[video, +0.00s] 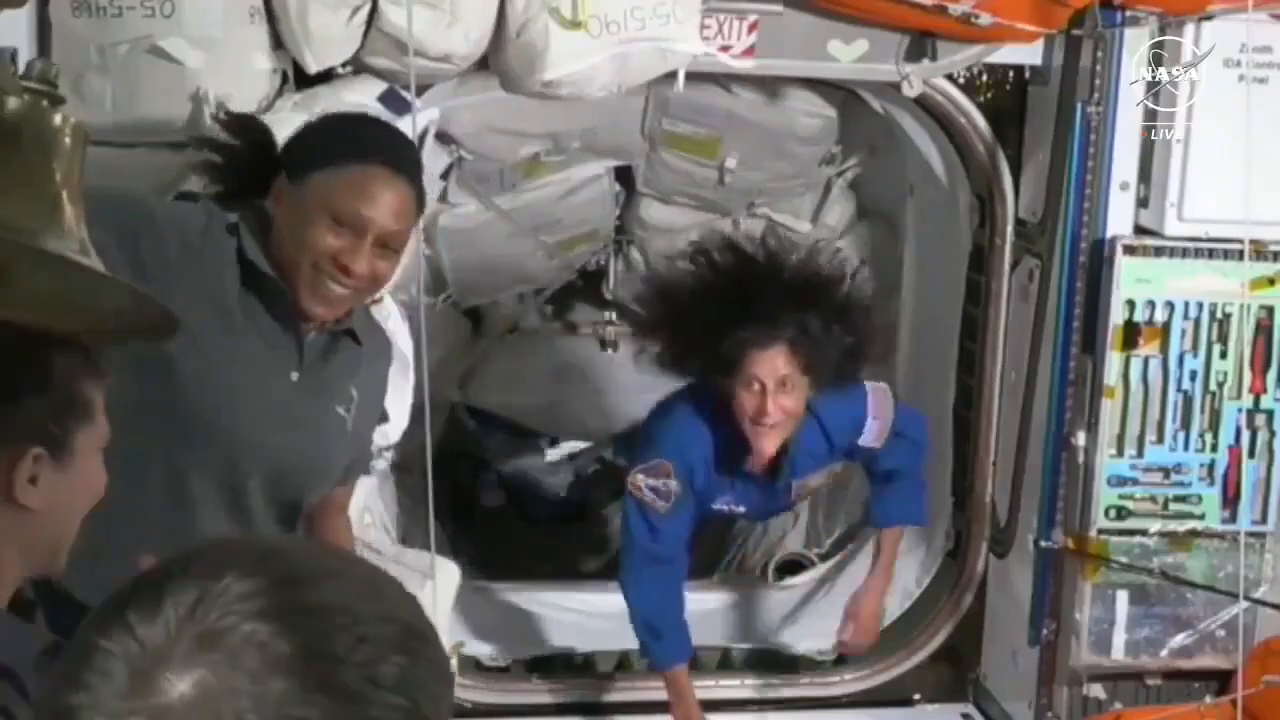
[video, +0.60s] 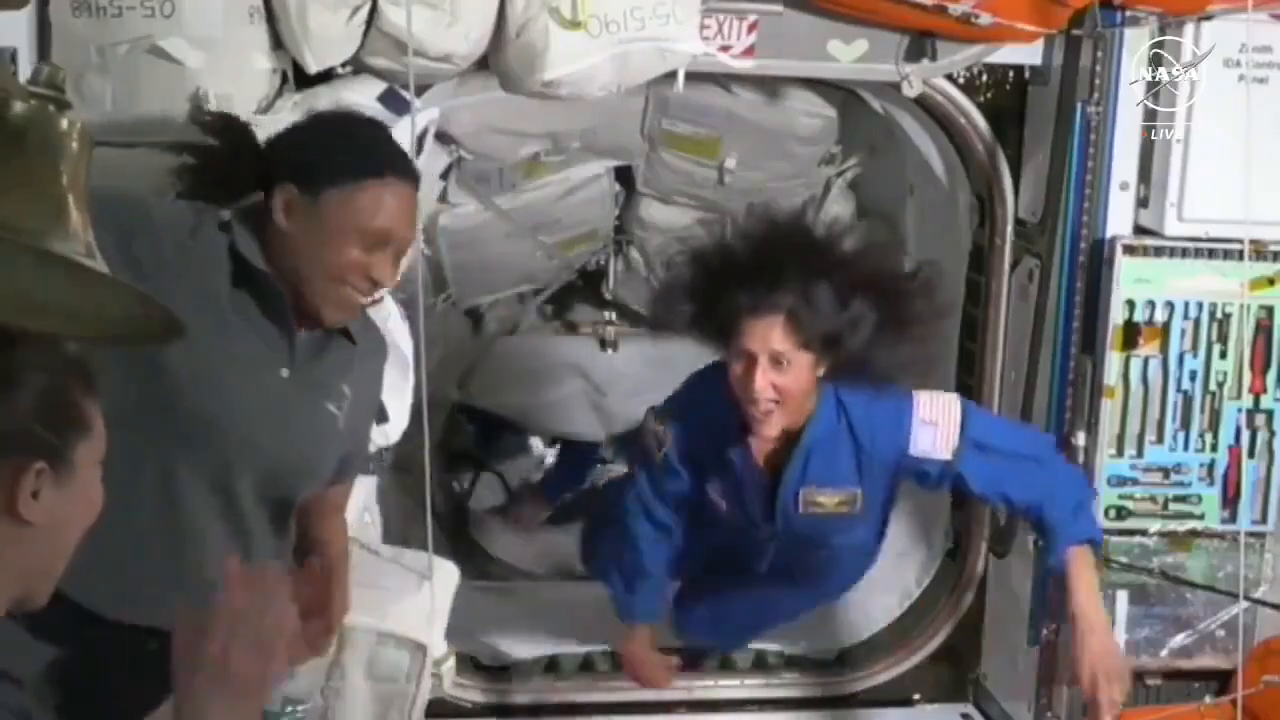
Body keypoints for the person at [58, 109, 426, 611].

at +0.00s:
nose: (356, 266)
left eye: (386, 248)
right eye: (341, 227)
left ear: (402, 257)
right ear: (280, 199)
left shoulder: (365, 354)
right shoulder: (167, 246)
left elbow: (328, 511)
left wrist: (351, 619)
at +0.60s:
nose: (387, 275)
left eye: (400, 255)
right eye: (372, 245)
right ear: (289, 208)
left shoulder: (360, 353)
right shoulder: (159, 245)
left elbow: (325, 504)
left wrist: (325, 590)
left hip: (222, 646)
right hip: (74, 619)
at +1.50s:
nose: (383, 272)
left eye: (392, 247)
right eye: (371, 241)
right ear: (285, 214)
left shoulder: (345, 344)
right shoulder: (133, 254)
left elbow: (323, 504)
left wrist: (364, 569)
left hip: (222, 668)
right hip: (84, 648)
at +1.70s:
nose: (322, 247)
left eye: (351, 229)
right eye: (304, 211)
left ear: (370, 239)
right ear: (246, 192)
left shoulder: (349, 345)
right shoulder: (145, 250)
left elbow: (332, 503)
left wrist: (363, 554)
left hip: (222, 654)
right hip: (85, 634)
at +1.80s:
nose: (281, 226)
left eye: (319, 212)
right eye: (266, 192)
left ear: (361, 239)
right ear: (237, 186)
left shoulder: (353, 347)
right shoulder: (142, 246)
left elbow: (344, 521)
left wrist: (354, 566)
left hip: (218, 645)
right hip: (77, 616)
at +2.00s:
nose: (271, 221)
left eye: (310, 207)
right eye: (260, 188)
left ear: (357, 237)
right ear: (234, 186)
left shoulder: (357, 354)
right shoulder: (162, 244)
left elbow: (358, 524)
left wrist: (357, 561)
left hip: (212, 639)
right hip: (72, 599)